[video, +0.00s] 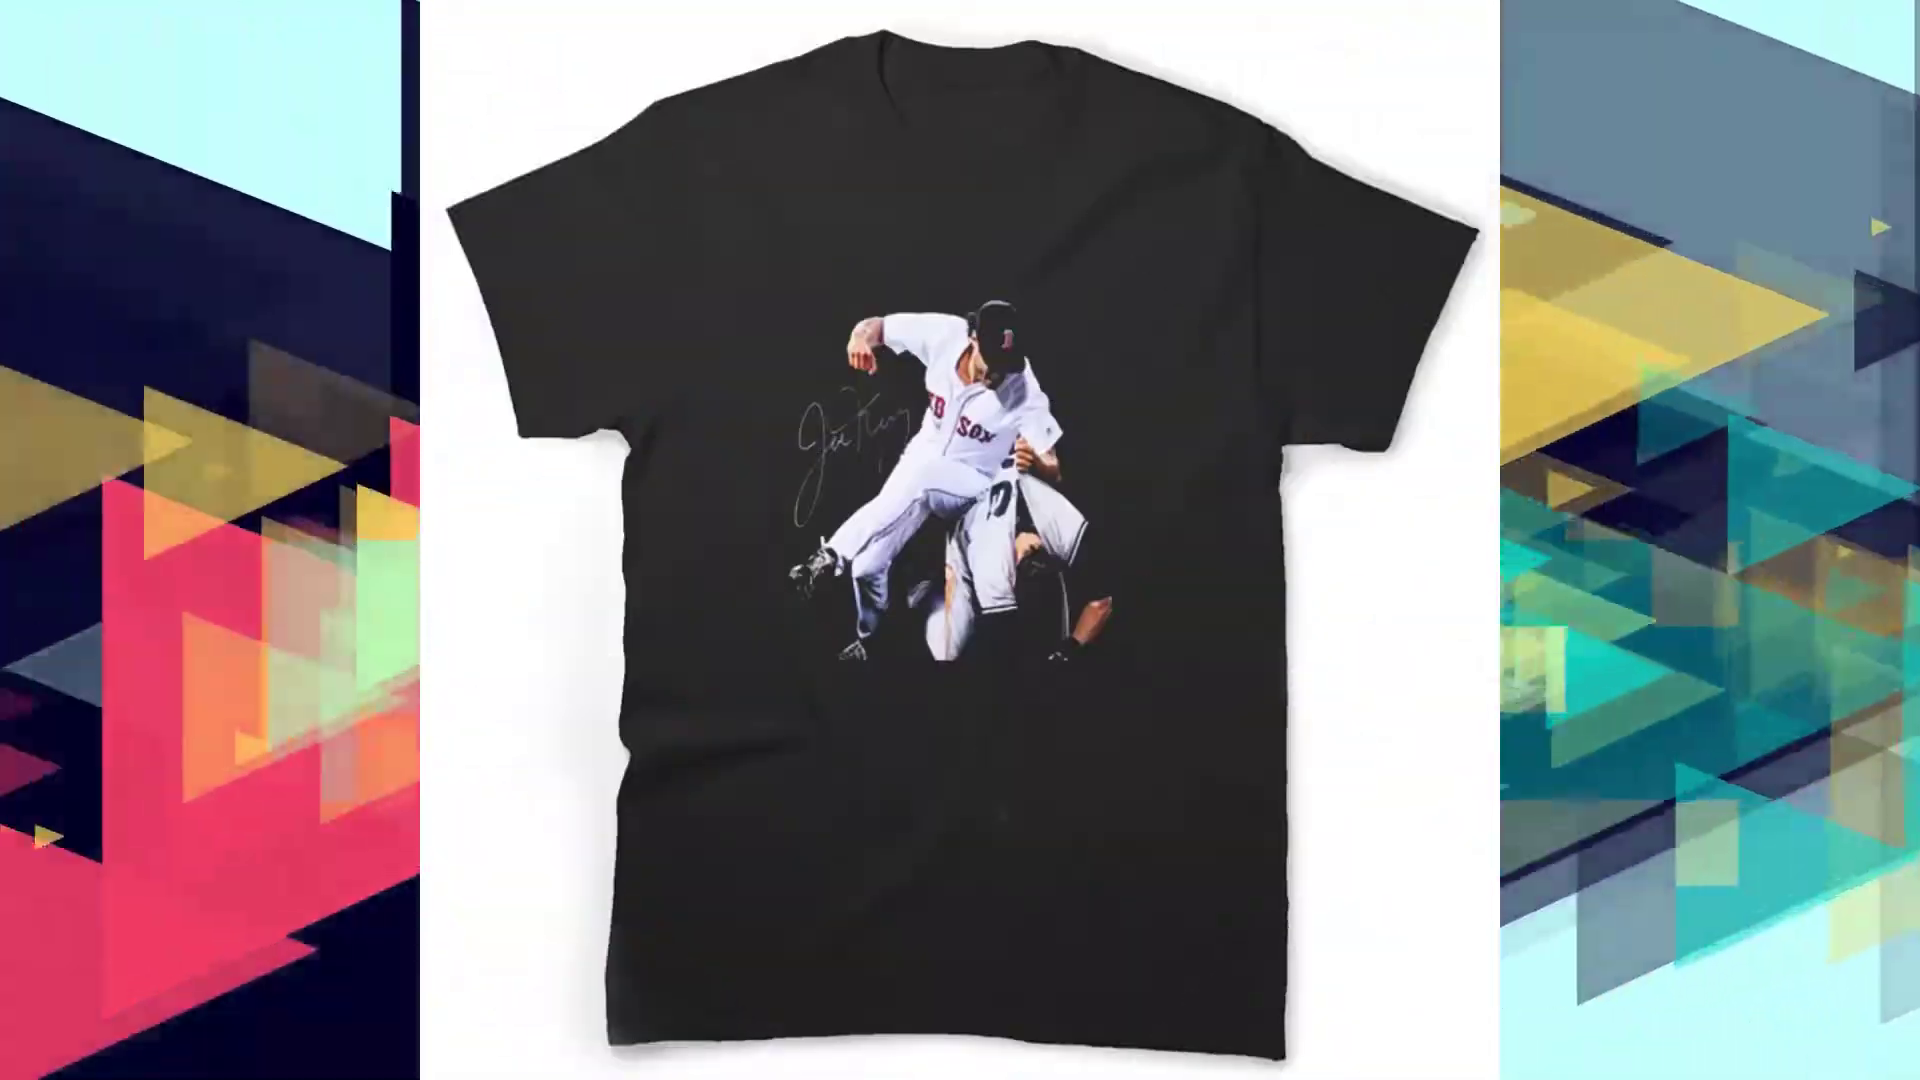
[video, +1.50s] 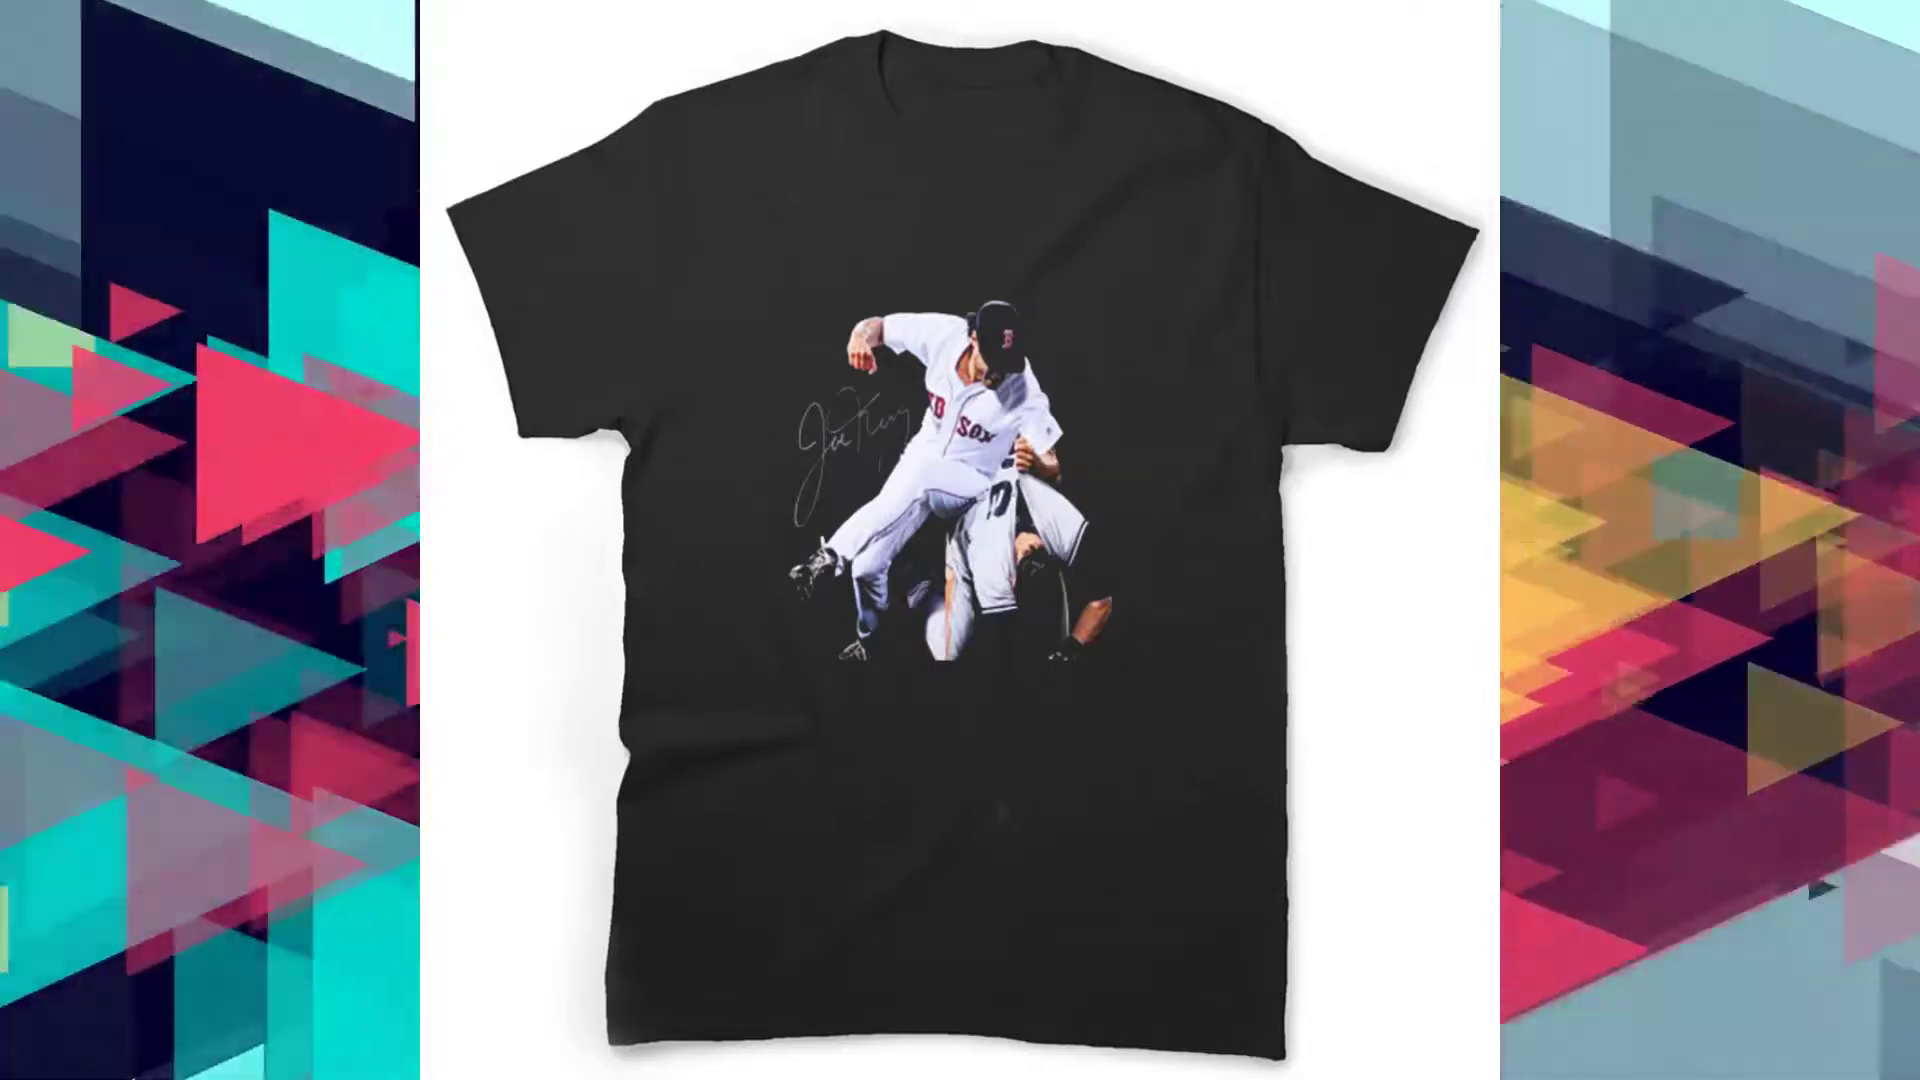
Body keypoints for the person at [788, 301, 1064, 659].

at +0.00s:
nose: (995, 373)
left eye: (1004, 366)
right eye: (990, 364)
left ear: (1016, 355)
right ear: (973, 342)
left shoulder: (1023, 390)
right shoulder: (946, 334)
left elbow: (1055, 470)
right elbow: (874, 327)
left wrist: (1038, 463)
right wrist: (861, 341)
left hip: (978, 482)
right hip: (922, 460)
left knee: (920, 477)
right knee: (867, 565)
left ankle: (827, 559)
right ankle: (870, 640)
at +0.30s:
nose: (997, 374)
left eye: (1006, 367)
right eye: (992, 365)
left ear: (1017, 354)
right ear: (973, 341)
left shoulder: (1024, 390)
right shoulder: (946, 334)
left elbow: (1054, 467)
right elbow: (877, 327)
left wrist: (1038, 462)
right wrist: (861, 340)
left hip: (976, 481)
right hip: (921, 459)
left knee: (921, 477)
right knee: (867, 566)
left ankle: (828, 560)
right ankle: (870, 642)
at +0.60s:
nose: (997, 374)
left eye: (1006, 367)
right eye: (991, 364)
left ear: (1017, 354)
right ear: (973, 341)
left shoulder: (1023, 389)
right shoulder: (946, 334)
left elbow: (1054, 468)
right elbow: (878, 327)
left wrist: (1038, 463)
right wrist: (861, 338)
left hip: (979, 482)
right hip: (922, 460)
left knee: (920, 476)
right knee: (867, 566)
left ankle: (828, 560)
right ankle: (871, 642)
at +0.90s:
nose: (997, 374)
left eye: (1006, 367)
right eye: (991, 364)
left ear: (1017, 354)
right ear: (973, 341)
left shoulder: (1023, 389)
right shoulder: (946, 334)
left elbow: (1054, 468)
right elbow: (878, 327)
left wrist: (1038, 463)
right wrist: (861, 338)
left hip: (979, 482)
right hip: (922, 460)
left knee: (920, 476)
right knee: (867, 566)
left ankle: (828, 560)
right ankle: (871, 642)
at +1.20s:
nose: (997, 374)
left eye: (1006, 367)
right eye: (991, 364)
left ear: (1017, 354)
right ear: (973, 341)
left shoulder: (1023, 389)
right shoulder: (946, 334)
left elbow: (1054, 468)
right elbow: (878, 327)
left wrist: (1038, 463)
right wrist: (861, 338)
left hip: (979, 482)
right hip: (922, 460)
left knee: (920, 476)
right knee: (867, 566)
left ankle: (828, 560)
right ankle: (871, 642)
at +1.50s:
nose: (997, 374)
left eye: (1006, 367)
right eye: (991, 364)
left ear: (1017, 354)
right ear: (973, 341)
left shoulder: (1023, 389)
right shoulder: (946, 334)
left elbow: (1054, 468)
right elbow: (878, 327)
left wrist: (1038, 463)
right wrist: (861, 338)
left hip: (979, 482)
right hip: (922, 460)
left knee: (920, 476)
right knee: (867, 566)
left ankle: (828, 560)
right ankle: (871, 642)